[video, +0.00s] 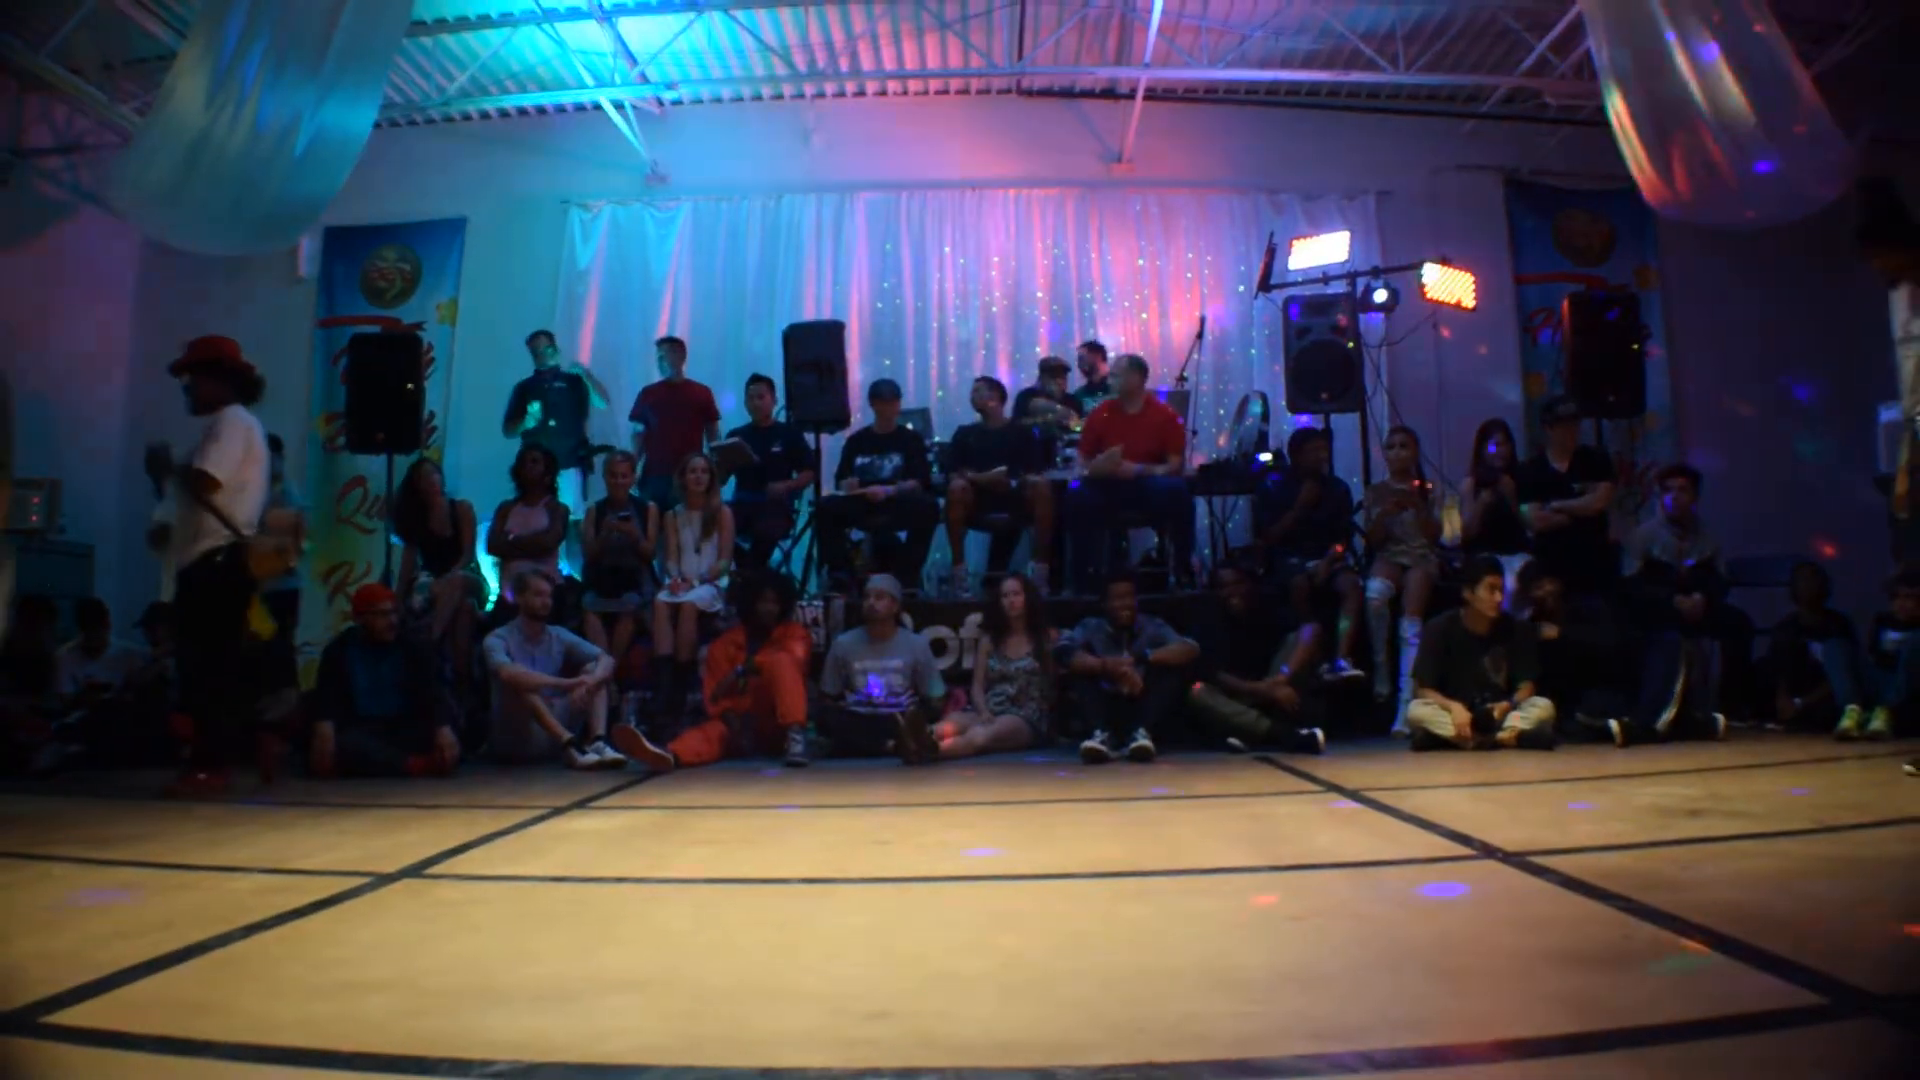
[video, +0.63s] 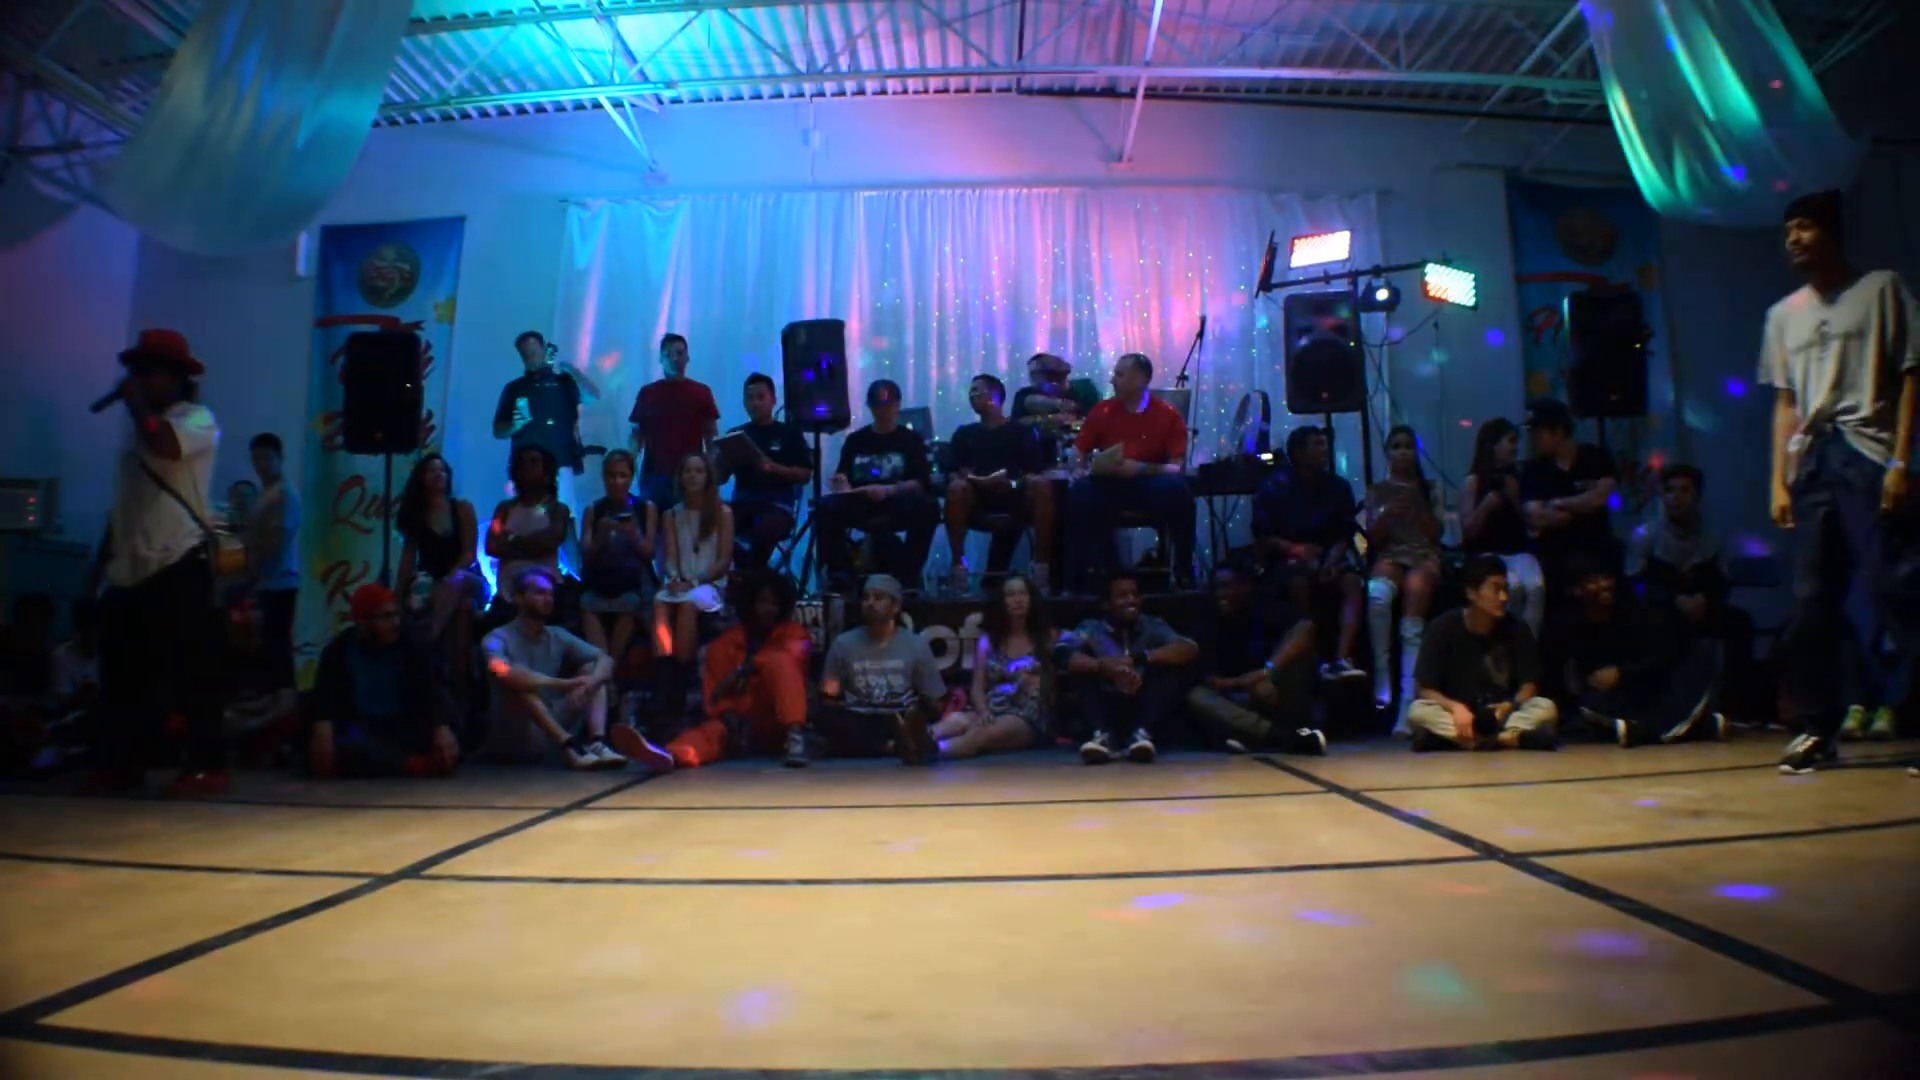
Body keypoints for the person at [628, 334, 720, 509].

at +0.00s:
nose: (661, 361)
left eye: (665, 356)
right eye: (659, 357)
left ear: (681, 357)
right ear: (657, 361)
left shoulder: (701, 393)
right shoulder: (648, 394)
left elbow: (713, 434)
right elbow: (638, 435)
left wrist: (717, 471)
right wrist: (631, 470)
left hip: (690, 477)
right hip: (655, 475)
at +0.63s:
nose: (674, 359)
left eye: (680, 353)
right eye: (668, 354)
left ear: (687, 358)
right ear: (661, 359)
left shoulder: (701, 392)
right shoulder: (648, 393)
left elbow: (711, 436)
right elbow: (637, 435)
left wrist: (712, 474)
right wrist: (627, 470)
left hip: (690, 477)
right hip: (655, 475)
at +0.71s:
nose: (675, 359)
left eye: (679, 353)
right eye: (669, 354)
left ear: (687, 357)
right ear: (661, 359)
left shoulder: (701, 392)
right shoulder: (648, 393)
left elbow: (712, 436)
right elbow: (635, 436)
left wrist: (714, 473)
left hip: (689, 477)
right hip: (654, 475)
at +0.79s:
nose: (674, 359)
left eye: (679, 353)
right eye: (668, 354)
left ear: (687, 358)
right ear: (660, 359)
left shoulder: (700, 391)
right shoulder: (648, 393)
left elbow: (711, 436)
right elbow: (631, 430)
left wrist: (714, 473)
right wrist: (632, 420)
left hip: (689, 474)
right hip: (654, 472)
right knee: (652, 534)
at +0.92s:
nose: (674, 359)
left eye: (678, 354)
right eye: (668, 355)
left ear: (686, 358)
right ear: (660, 360)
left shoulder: (701, 391)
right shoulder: (649, 392)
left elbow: (712, 437)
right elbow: (620, 424)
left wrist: (715, 475)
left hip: (690, 475)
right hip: (655, 473)